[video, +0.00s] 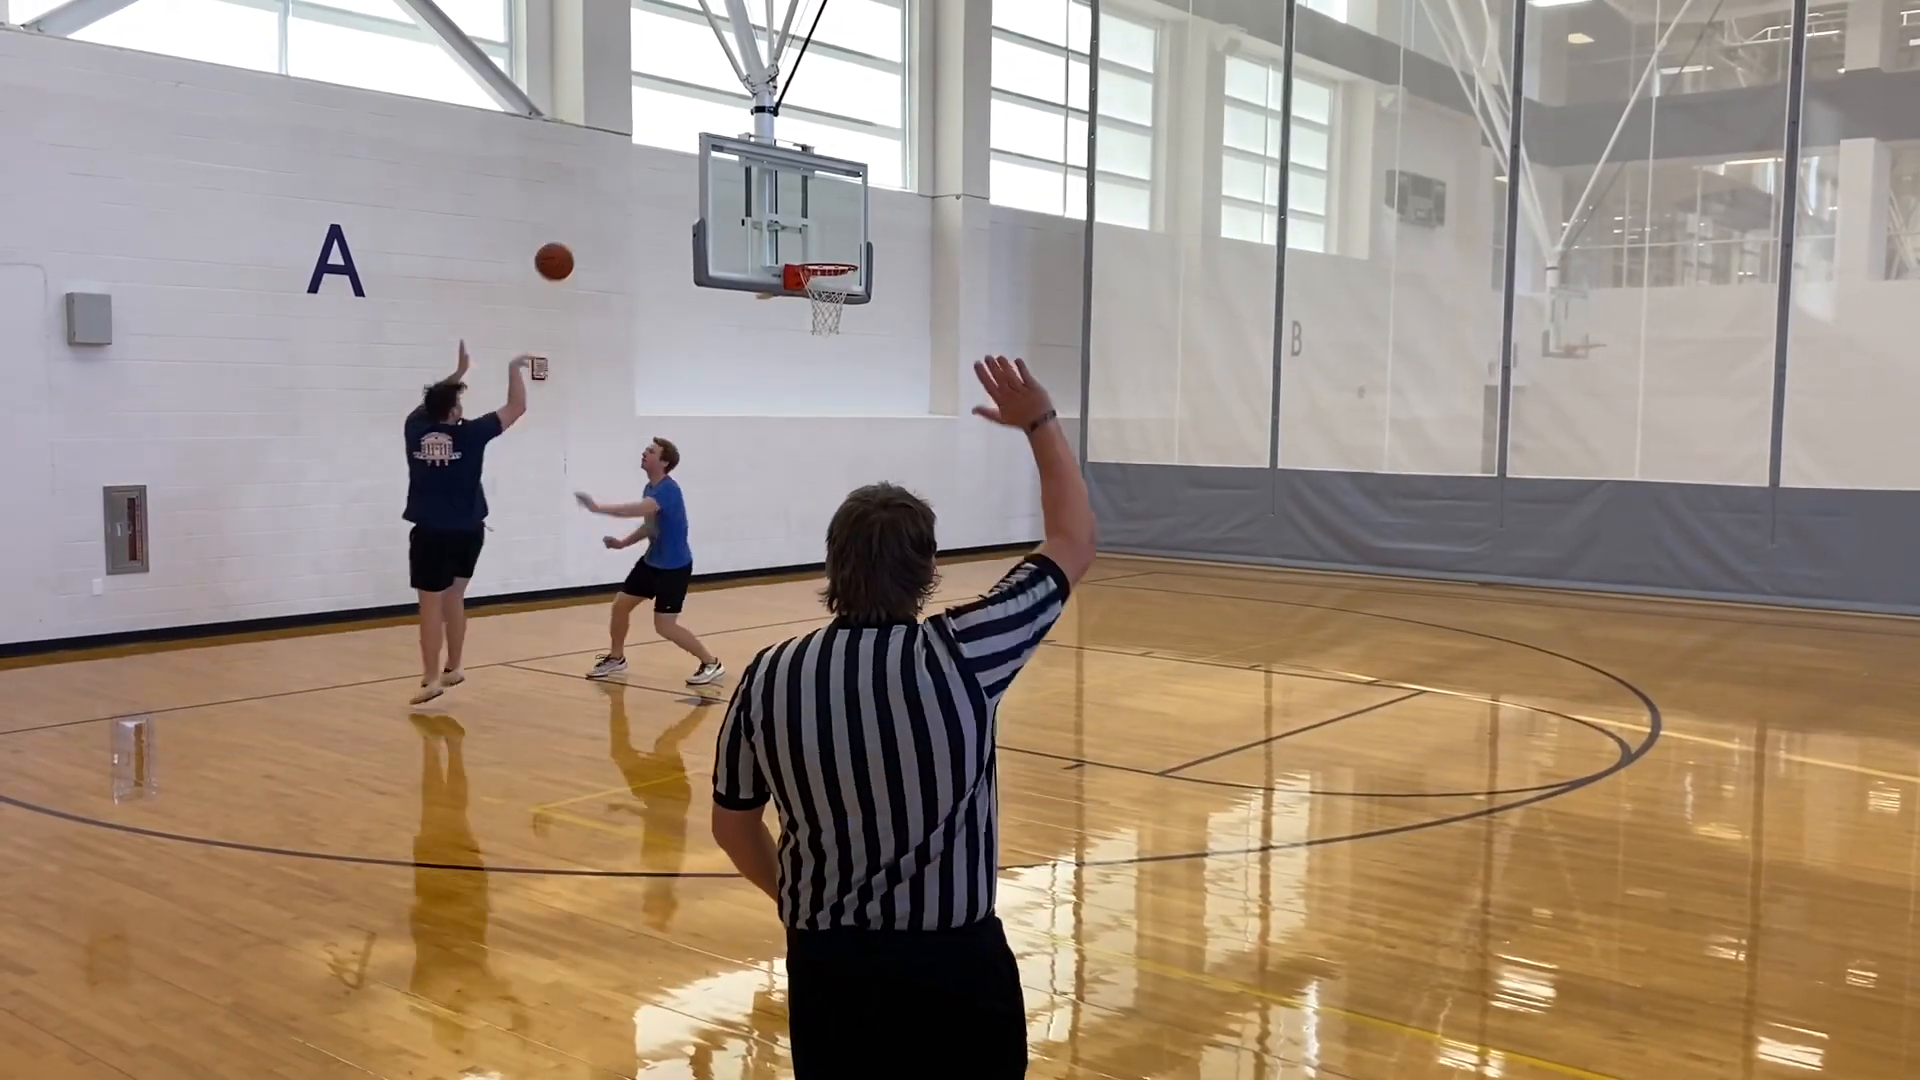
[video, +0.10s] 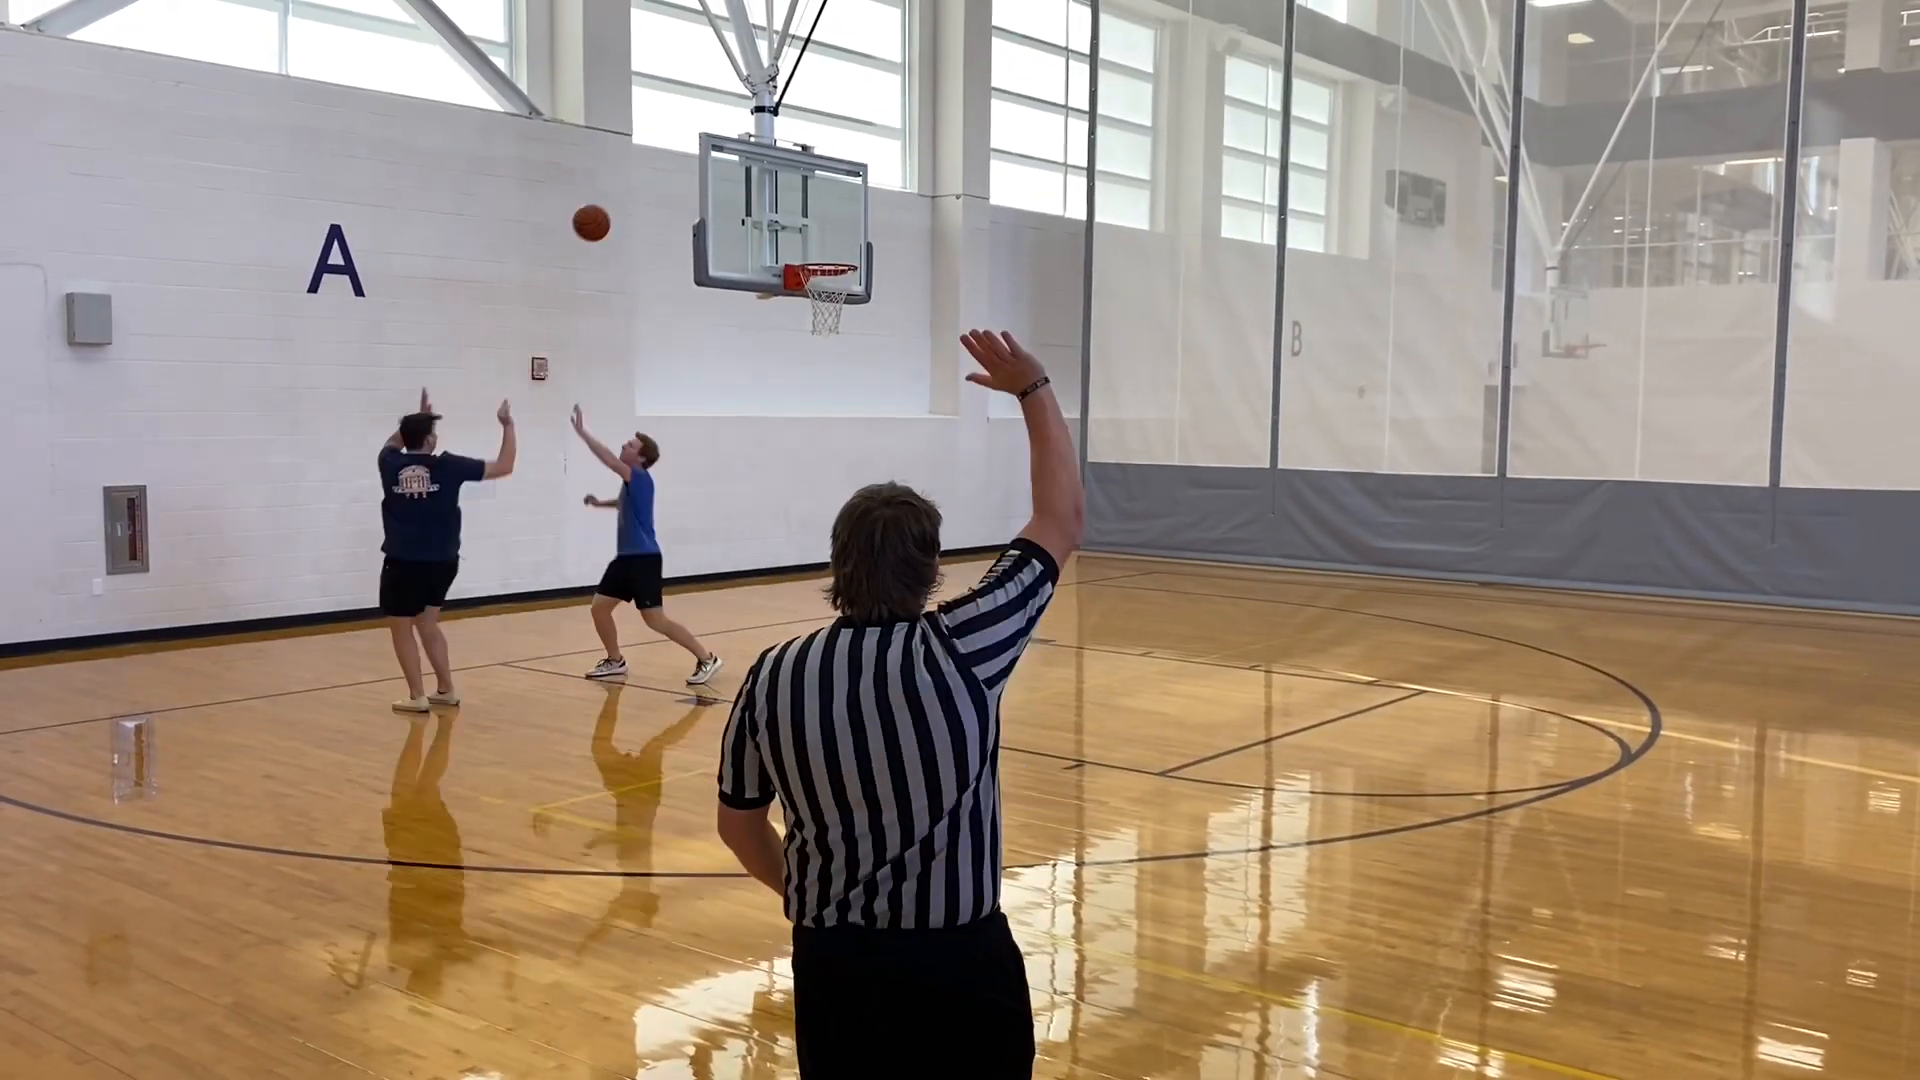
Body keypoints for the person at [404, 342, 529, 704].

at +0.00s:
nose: (463, 406)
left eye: (460, 403)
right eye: (461, 403)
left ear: (430, 408)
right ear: (456, 409)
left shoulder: (415, 429)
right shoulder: (473, 432)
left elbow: (432, 401)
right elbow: (516, 407)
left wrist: (457, 374)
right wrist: (515, 367)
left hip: (428, 532)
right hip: (468, 531)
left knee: (430, 606)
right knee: (454, 597)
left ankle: (431, 680)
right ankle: (453, 668)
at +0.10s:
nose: (437, 438)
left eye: (434, 434)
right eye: (435, 435)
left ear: (404, 439)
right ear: (430, 440)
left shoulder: (390, 464)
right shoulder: (449, 465)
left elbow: (394, 442)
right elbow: (504, 467)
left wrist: (418, 421)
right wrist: (509, 425)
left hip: (402, 560)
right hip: (442, 559)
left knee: (401, 627)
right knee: (428, 622)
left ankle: (417, 697)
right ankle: (446, 690)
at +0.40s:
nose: (376, 437)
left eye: (375, 432)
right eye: (374, 433)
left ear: (345, 439)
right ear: (366, 438)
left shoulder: (323, 469)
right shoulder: (385, 472)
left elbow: (306, 513)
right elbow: (396, 522)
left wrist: (336, 507)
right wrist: (408, 560)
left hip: (338, 561)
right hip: (375, 560)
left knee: (362, 631)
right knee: (343, 619)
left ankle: (406, 680)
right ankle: (326, 681)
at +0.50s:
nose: (357, 439)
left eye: (355, 434)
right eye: (354, 435)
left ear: (325, 440)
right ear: (346, 439)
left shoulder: (302, 470)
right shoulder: (365, 473)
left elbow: (285, 517)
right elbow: (380, 522)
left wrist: (307, 534)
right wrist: (389, 562)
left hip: (316, 559)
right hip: (353, 559)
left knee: (321, 628)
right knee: (326, 620)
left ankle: (375, 667)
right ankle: (323, 683)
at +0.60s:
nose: (335, 434)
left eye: (334, 429)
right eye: (333, 430)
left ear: (305, 434)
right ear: (325, 432)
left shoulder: (283, 465)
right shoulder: (345, 464)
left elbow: (273, 513)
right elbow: (364, 510)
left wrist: (267, 547)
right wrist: (373, 550)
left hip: (298, 556)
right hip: (337, 555)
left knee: (286, 618)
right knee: (319, 611)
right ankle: (322, 680)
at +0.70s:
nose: (315, 428)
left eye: (313, 423)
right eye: (313, 424)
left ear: (283, 427)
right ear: (305, 426)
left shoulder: (263, 460)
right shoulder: (325, 455)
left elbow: (251, 509)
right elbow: (350, 497)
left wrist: (239, 547)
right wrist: (358, 528)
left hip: (280, 550)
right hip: (320, 548)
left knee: (259, 605)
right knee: (313, 608)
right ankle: (323, 681)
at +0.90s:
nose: (241, 431)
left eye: (240, 427)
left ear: (240, 429)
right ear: (266, 426)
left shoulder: (225, 462)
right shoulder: (287, 457)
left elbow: (209, 507)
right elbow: (318, 492)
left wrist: (189, 544)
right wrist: (301, 488)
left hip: (237, 554)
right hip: (280, 551)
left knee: (228, 615)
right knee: (288, 609)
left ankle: (222, 680)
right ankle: (317, 674)